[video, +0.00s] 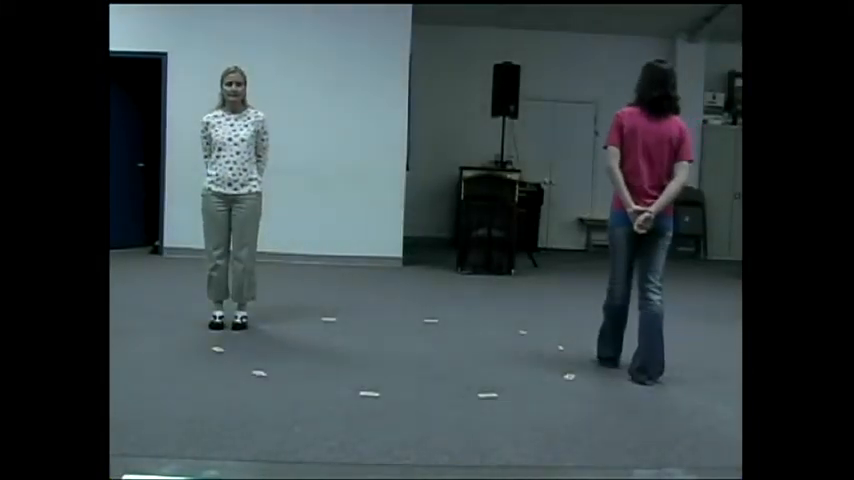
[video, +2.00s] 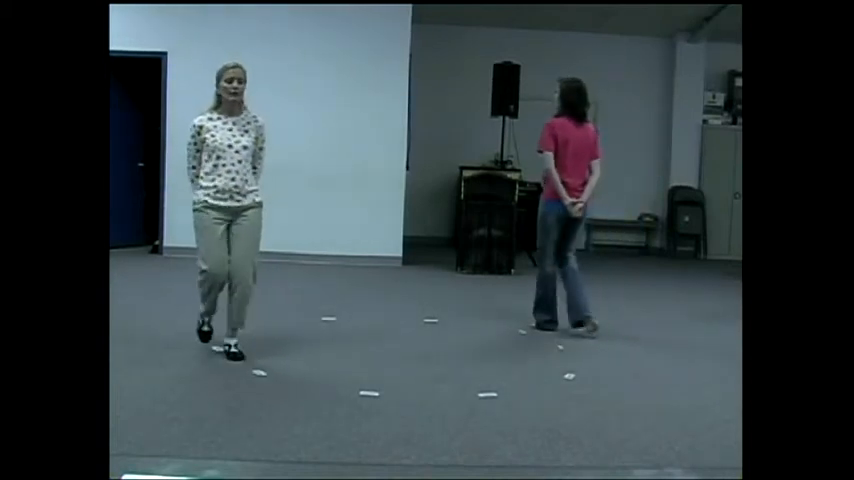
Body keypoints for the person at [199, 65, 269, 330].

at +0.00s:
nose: (234, 89)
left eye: (239, 84)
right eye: (229, 84)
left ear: (245, 87)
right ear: (222, 88)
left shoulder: (257, 119)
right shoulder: (210, 120)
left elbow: (262, 155)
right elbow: (207, 155)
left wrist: (254, 179)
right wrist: (215, 177)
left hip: (247, 191)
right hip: (215, 190)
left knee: (243, 252)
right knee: (217, 252)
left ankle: (241, 309)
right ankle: (217, 309)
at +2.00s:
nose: (235, 86)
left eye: (239, 81)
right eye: (229, 81)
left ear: (246, 86)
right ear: (218, 86)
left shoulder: (255, 125)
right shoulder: (202, 124)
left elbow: (257, 165)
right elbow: (192, 166)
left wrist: (247, 189)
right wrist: (203, 190)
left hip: (247, 204)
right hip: (210, 204)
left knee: (243, 273)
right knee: (215, 270)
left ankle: (233, 338)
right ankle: (207, 314)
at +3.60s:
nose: (287, 74)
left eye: (286, 68)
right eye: (279, 68)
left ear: (280, 75)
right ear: (258, 74)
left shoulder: (285, 115)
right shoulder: (236, 116)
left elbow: (278, 163)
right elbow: (219, 164)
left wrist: (264, 191)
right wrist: (227, 199)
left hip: (279, 211)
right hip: (241, 210)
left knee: (278, 286)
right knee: (232, 282)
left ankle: (282, 360)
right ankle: (214, 345)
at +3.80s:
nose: (309, 71)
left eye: (308, 66)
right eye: (301, 67)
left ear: (299, 75)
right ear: (281, 74)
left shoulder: (306, 115)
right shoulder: (260, 116)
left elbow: (297, 164)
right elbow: (243, 165)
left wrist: (275, 192)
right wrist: (250, 201)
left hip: (304, 211)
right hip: (268, 211)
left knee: (301, 289)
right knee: (275, 288)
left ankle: (286, 364)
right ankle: (229, 332)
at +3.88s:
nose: (315, 73)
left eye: (314, 68)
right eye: (308, 69)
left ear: (304, 77)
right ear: (287, 75)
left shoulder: (311, 118)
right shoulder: (267, 118)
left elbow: (303, 168)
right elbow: (249, 168)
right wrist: (254, 206)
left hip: (307, 212)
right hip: (273, 211)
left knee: (310, 289)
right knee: (291, 289)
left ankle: (286, 364)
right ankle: (240, 331)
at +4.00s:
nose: (329, 69)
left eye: (328, 64)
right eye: (322, 65)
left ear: (319, 72)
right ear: (301, 71)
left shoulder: (319, 114)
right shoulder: (283, 113)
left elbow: (311, 165)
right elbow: (262, 164)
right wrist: (264, 209)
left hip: (316, 207)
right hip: (287, 206)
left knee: (314, 284)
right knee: (318, 282)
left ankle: (287, 359)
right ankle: (283, 354)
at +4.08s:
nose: (336, 69)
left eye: (336, 63)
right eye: (329, 63)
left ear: (324, 71)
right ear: (308, 69)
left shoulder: (323, 110)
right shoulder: (294, 110)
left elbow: (316, 163)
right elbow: (271, 160)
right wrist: (269, 204)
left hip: (319, 207)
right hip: (295, 205)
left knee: (304, 286)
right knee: (326, 280)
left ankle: (285, 362)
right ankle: (314, 367)